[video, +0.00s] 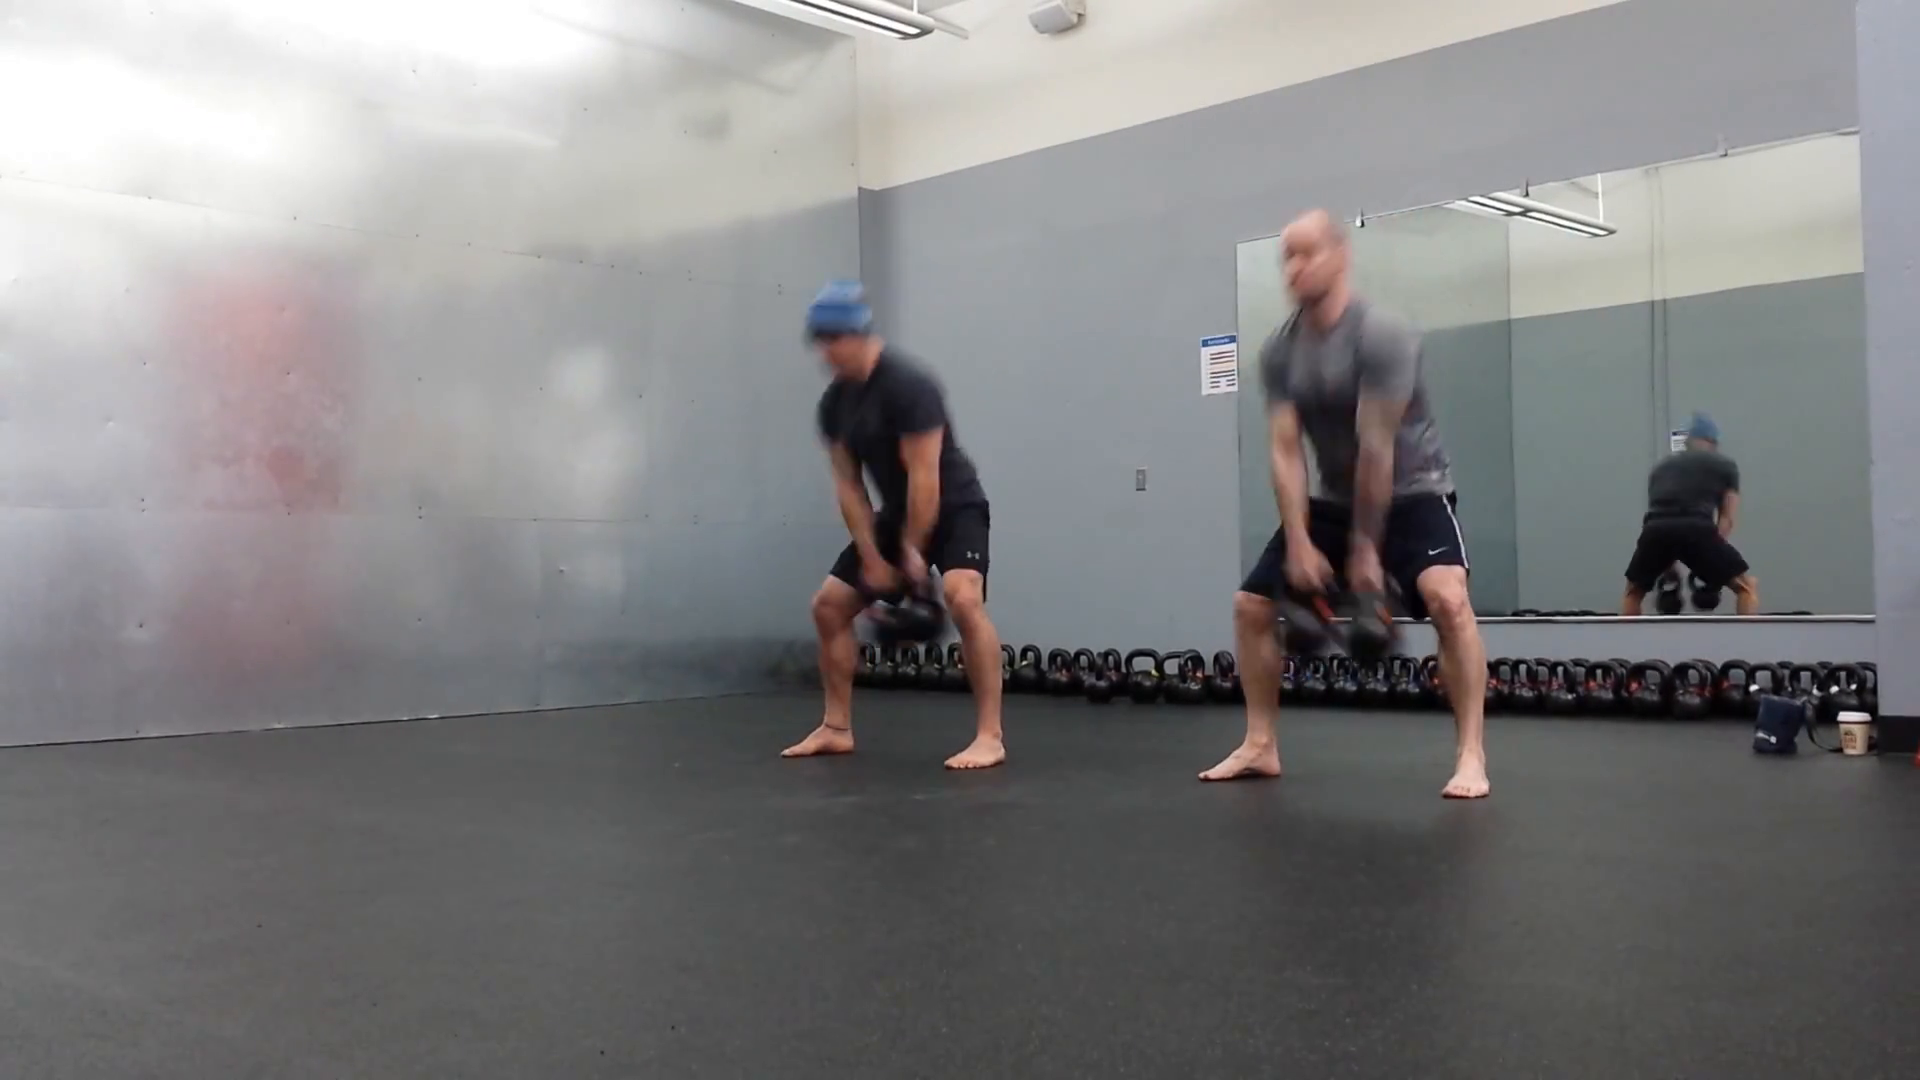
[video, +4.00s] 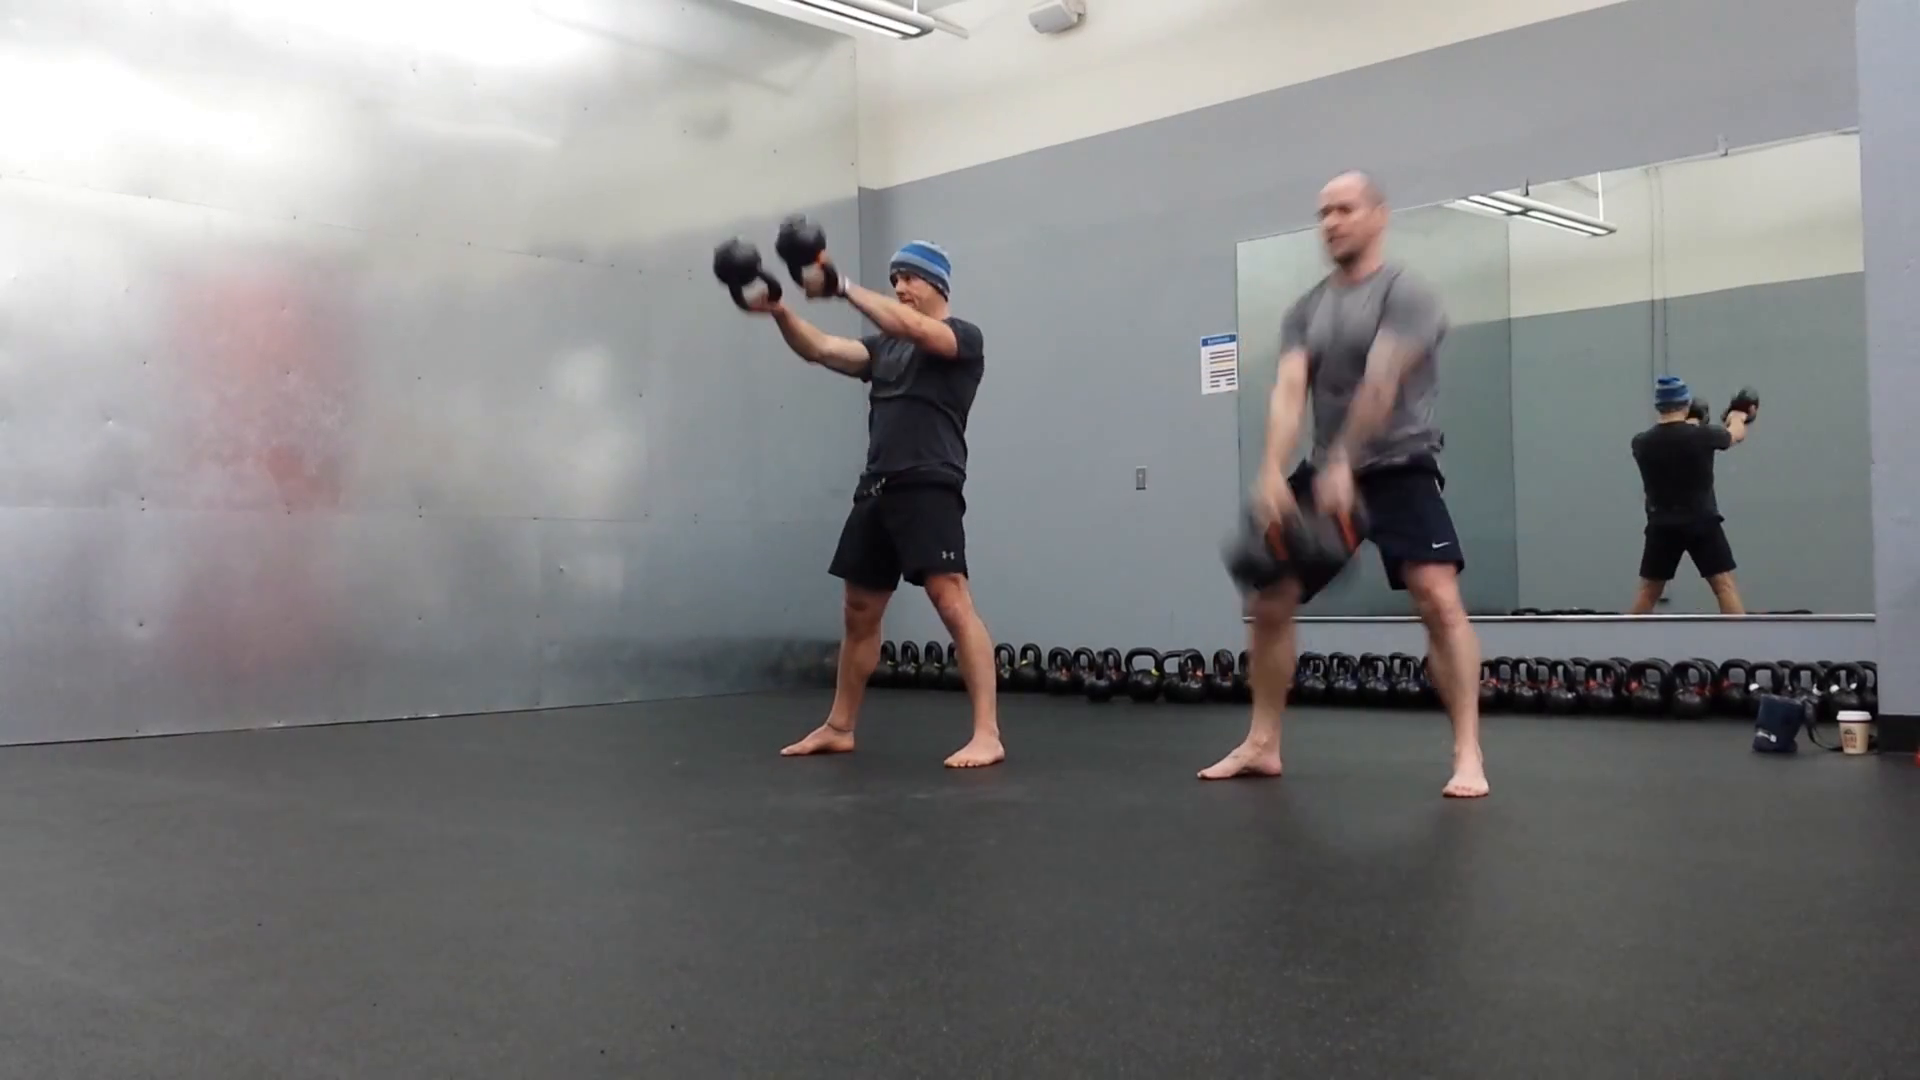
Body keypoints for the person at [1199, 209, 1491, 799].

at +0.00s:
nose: (1293, 267)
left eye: (1306, 253)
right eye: (1287, 257)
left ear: (1341, 255)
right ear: (1283, 267)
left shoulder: (1384, 336)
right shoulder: (1281, 349)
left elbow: (1377, 448)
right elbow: (1285, 449)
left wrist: (1365, 546)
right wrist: (1297, 541)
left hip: (1413, 500)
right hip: (1335, 501)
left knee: (1447, 599)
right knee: (1252, 605)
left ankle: (1471, 756)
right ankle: (1260, 744)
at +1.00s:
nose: (1298, 209)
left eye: (1309, 197)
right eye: (1294, 200)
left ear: (1346, 198)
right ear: (1288, 208)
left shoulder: (1380, 248)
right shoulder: (1280, 257)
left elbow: (1376, 146)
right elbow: (1232, 171)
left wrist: (1340, 48)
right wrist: (1238, 71)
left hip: (1373, 461)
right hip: (1293, 466)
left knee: (1415, 607)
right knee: (1288, 617)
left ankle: (1462, 759)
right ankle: (1265, 747)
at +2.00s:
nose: (1343, 203)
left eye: (1358, 193)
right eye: (1338, 196)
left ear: (1394, 210)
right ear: (1332, 215)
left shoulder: (1417, 283)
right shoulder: (1315, 291)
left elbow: (1391, 329)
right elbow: (1256, 348)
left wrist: (1369, 255)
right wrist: (1269, 265)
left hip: (1375, 473)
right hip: (1299, 473)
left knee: (1416, 611)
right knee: (1288, 616)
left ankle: (1462, 757)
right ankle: (1265, 746)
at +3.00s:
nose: (1335, 206)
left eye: (1349, 194)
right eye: (1329, 197)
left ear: (1385, 204)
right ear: (1324, 209)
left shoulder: (1416, 279)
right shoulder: (1308, 284)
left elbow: (1401, 353)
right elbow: (1270, 378)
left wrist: (1340, 296)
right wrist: (1262, 310)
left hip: (1387, 467)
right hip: (1311, 470)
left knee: (1421, 610)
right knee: (1288, 613)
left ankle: (1464, 758)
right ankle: (1265, 747)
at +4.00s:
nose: (1331, 222)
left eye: (1344, 210)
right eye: (1324, 214)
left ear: (1379, 217)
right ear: (1318, 226)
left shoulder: (1411, 296)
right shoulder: (1308, 308)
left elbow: (1380, 383)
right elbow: (1288, 391)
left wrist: (1340, 460)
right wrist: (1271, 470)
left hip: (1401, 471)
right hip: (1327, 471)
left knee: (1437, 596)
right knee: (1270, 598)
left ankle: (1468, 755)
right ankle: (1262, 742)